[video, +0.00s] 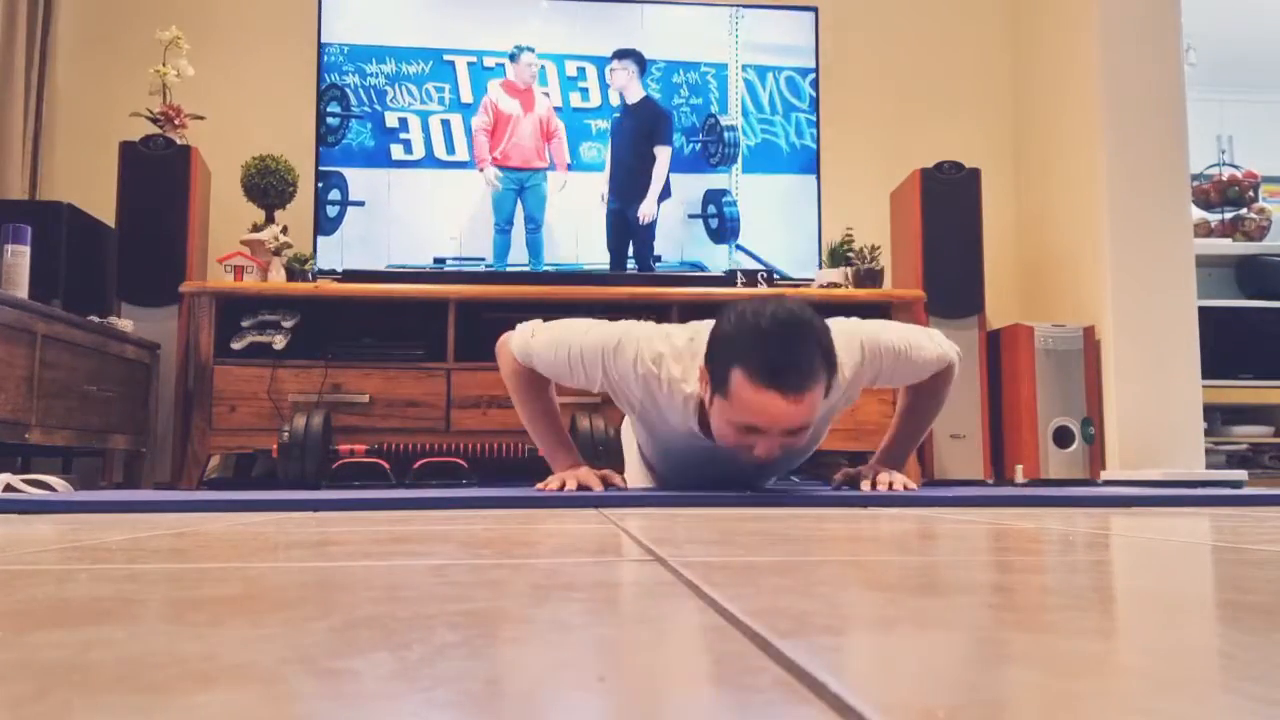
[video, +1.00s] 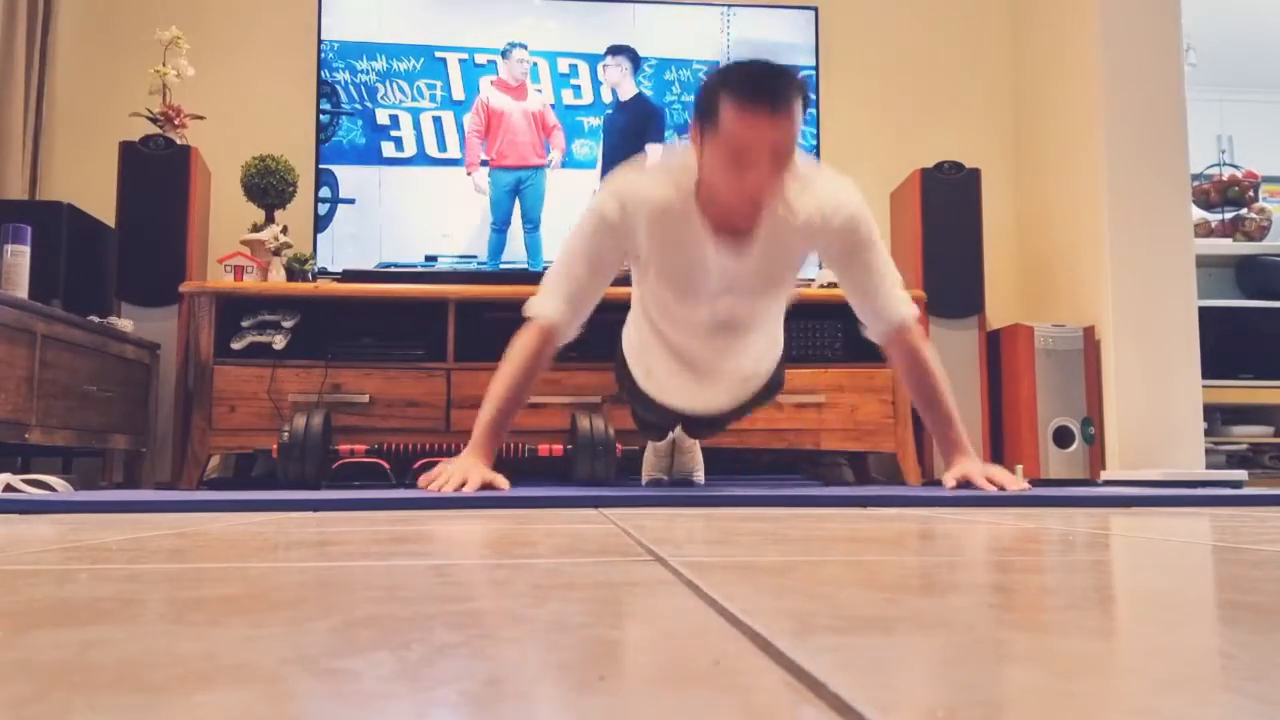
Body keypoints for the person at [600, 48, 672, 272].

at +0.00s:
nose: (609, 76)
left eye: (614, 70)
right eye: (609, 71)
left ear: (631, 73)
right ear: (625, 75)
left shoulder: (659, 115)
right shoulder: (619, 115)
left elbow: (663, 160)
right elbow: (611, 154)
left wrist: (651, 199)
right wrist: (606, 184)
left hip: (642, 199)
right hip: (616, 198)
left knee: (643, 260)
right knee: (616, 259)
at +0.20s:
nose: (609, 75)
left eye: (613, 69)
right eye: (609, 70)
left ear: (631, 71)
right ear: (628, 72)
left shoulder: (658, 113)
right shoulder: (618, 113)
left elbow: (663, 157)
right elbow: (612, 152)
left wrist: (651, 199)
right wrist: (606, 183)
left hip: (643, 202)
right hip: (616, 199)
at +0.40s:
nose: (608, 74)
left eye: (614, 68)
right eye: (609, 68)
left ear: (631, 71)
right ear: (628, 71)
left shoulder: (649, 109)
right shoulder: (619, 112)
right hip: (616, 196)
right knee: (616, 260)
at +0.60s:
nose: (607, 73)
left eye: (612, 67)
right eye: (608, 68)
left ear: (629, 70)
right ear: (623, 71)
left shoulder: (656, 111)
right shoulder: (616, 113)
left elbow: (661, 157)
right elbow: (609, 152)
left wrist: (648, 198)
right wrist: (603, 181)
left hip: (639, 197)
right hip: (613, 195)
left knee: (639, 258)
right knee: (612, 256)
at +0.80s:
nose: (606, 72)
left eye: (611, 66)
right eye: (606, 67)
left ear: (628, 70)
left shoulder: (654, 112)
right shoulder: (614, 112)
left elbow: (658, 158)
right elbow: (606, 152)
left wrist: (645, 198)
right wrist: (601, 181)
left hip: (637, 196)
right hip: (611, 194)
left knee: (637, 255)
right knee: (611, 254)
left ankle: (640, 303)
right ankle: (610, 300)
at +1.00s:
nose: (603, 73)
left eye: (606, 67)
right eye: (603, 67)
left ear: (623, 69)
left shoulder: (651, 112)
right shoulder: (611, 111)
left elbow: (653, 166)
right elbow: (603, 157)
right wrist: (599, 188)